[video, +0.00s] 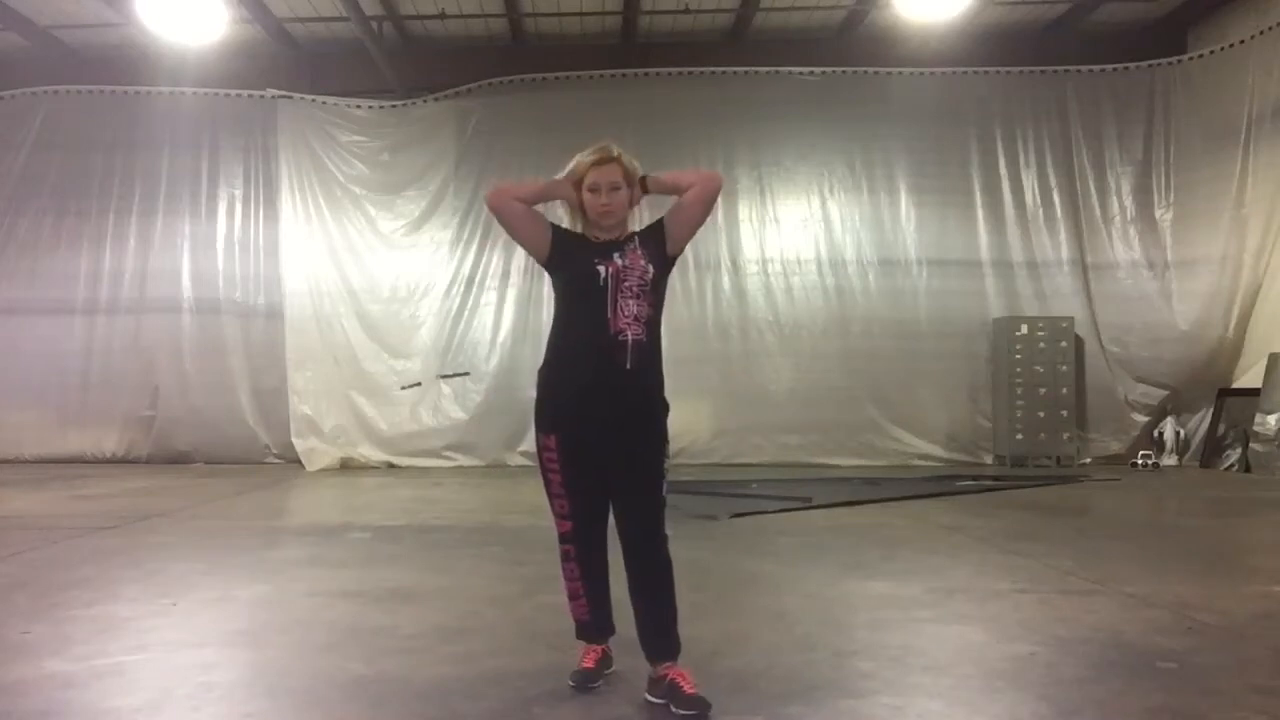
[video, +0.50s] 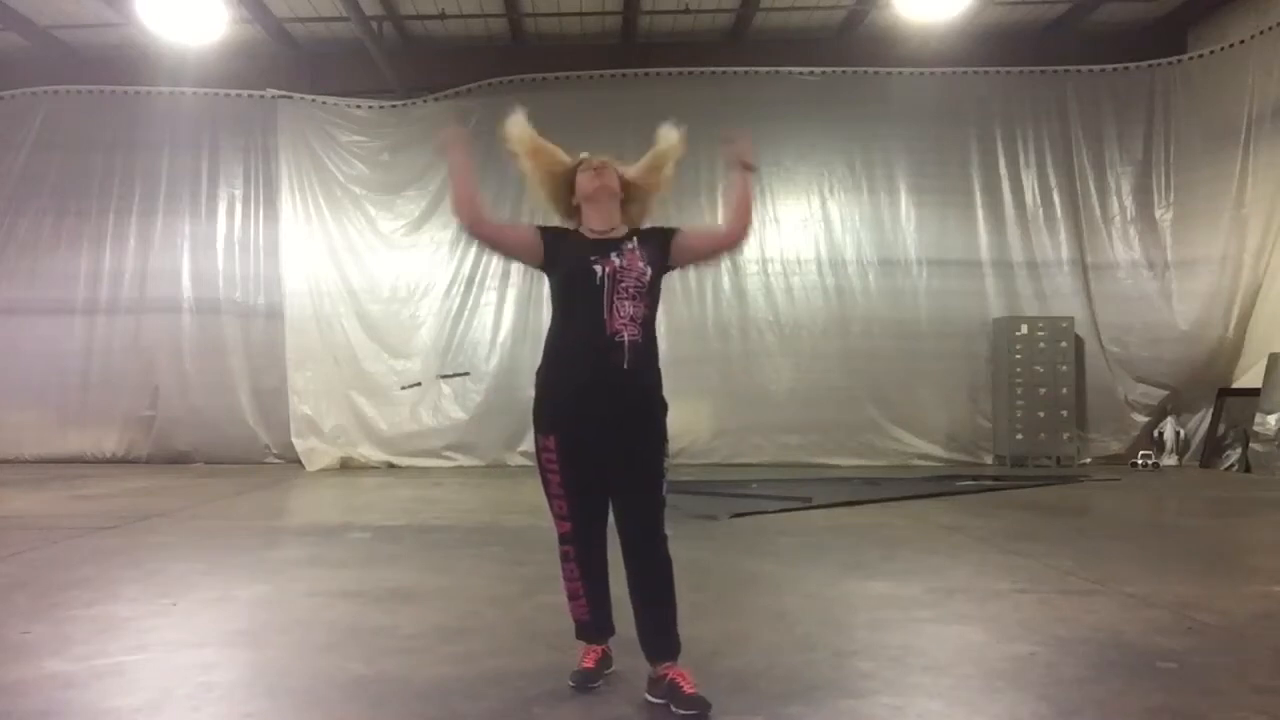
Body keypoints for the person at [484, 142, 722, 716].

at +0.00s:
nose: (606, 199)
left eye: (615, 189)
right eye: (595, 190)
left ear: (633, 194)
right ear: (578, 198)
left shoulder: (655, 247)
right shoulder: (561, 251)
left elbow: (710, 183)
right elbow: (498, 198)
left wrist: (646, 183)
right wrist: (559, 189)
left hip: (637, 416)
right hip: (567, 417)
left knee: (647, 540)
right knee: (580, 538)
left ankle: (665, 663)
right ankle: (593, 645)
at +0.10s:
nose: (605, 200)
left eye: (614, 189)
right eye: (594, 191)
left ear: (633, 194)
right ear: (578, 198)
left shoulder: (654, 246)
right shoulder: (560, 250)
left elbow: (708, 182)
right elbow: (498, 196)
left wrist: (646, 175)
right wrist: (559, 183)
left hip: (636, 416)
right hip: (566, 417)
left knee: (646, 539)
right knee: (579, 538)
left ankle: (665, 663)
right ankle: (593, 645)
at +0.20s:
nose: (604, 199)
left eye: (613, 188)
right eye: (593, 190)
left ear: (631, 194)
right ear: (577, 197)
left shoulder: (653, 246)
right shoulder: (558, 250)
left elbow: (708, 181)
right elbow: (497, 193)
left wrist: (644, 175)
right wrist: (561, 182)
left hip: (636, 415)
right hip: (566, 417)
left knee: (646, 539)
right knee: (579, 537)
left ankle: (665, 664)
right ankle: (593, 645)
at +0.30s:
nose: (603, 192)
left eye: (612, 183)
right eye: (592, 184)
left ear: (629, 191)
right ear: (574, 195)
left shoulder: (653, 245)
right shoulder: (557, 249)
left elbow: (710, 182)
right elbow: (495, 191)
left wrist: (649, 175)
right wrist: (547, 174)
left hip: (636, 415)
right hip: (565, 416)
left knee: (646, 538)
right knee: (579, 537)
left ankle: (665, 664)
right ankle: (593, 646)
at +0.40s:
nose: (597, 173)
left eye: (607, 166)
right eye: (587, 168)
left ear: (626, 185)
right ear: (575, 188)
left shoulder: (653, 242)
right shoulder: (556, 245)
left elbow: (717, 192)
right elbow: (489, 192)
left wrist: (679, 161)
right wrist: (522, 156)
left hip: (635, 412)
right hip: (565, 413)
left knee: (646, 538)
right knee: (579, 537)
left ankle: (665, 663)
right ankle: (593, 645)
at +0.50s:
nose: (596, 174)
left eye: (605, 168)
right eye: (585, 170)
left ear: (622, 186)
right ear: (573, 190)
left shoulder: (654, 244)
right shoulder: (555, 244)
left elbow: (731, 234)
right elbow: (476, 221)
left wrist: (742, 173)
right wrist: (459, 156)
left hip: (637, 411)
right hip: (567, 413)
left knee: (647, 538)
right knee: (579, 536)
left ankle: (665, 664)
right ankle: (594, 646)